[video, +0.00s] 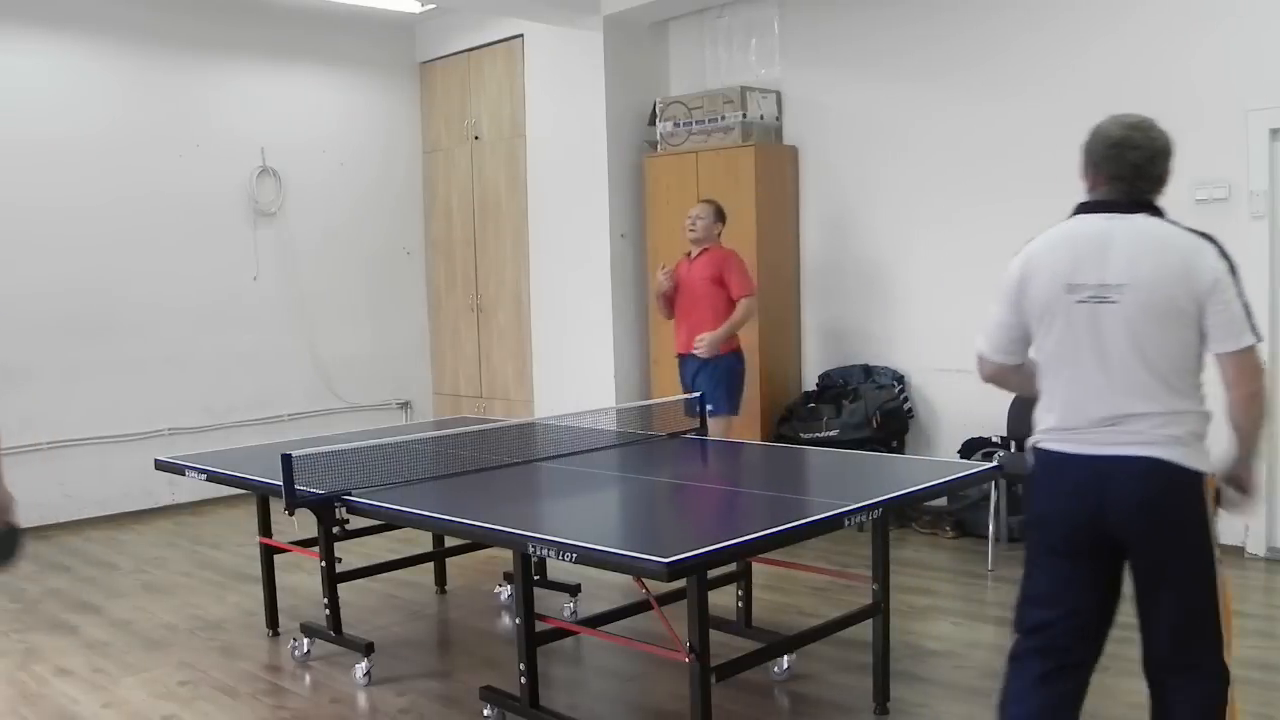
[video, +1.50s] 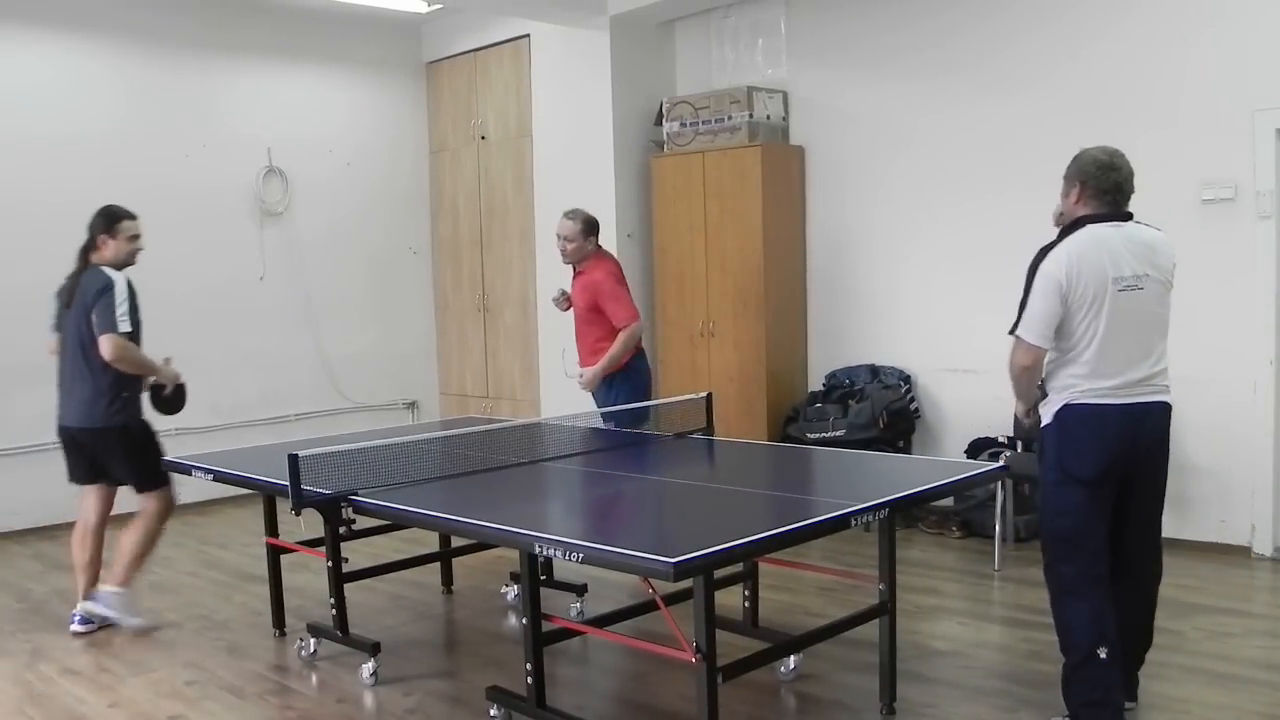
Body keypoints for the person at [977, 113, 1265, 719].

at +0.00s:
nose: (1083, 175)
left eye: (1086, 167)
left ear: (1087, 173)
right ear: (1161, 178)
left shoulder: (1040, 253)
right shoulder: (1198, 255)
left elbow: (996, 365)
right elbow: (1245, 380)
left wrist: (1064, 384)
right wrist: (1242, 461)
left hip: (1063, 481)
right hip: (1163, 486)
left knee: (1046, 653)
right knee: (1186, 665)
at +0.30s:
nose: (1124, 173)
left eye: (1126, 165)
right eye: (1129, 165)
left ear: (1136, 169)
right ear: (1206, 178)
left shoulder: (1083, 241)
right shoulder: (1245, 248)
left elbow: (1032, 348)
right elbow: (1276, 348)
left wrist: (1077, 393)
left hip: (1098, 457)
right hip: (1199, 459)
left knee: (1085, 619)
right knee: (1198, 629)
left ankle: (1076, 714)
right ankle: (1195, 719)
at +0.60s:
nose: (1098, 185)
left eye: (1100, 177)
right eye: (1100, 177)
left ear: (1109, 183)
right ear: (1172, 187)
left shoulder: (1068, 257)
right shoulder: (1215, 252)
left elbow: (1031, 369)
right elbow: (1250, 359)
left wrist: (1042, 442)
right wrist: (1264, 448)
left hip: (1100, 455)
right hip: (1193, 452)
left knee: (1097, 600)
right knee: (1195, 611)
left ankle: (1089, 710)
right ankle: (1197, 715)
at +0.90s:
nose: (1051, 195)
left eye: (1053, 186)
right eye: (1053, 186)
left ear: (1065, 189)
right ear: (1122, 189)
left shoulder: (1037, 261)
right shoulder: (1173, 242)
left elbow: (1007, 367)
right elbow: (1216, 333)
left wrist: (1005, 456)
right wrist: (1178, 387)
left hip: (1078, 440)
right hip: (1164, 437)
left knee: (1085, 586)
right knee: (1176, 582)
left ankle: (1092, 710)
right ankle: (1187, 711)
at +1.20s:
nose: (1044, 196)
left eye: (1047, 187)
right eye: (1047, 186)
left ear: (1060, 190)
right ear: (1111, 190)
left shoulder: (1040, 257)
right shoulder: (1158, 243)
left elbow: (1011, 366)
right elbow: (1152, 323)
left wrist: (1023, 418)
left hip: (1078, 426)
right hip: (1155, 424)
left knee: (1082, 572)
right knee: (1156, 559)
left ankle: (1094, 706)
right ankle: (1145, 687)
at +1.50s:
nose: (1060, 202)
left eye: (1064, 192)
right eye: (1063, 191)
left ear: (1079, 193)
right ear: (1123, 196)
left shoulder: (1063, 255)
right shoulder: (1161, 247)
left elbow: (1026, 359)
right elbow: (1139, 327)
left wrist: (1027, 407)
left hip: (1080, 425)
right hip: (1150, 423)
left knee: (1075, 566)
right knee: (1137, 554)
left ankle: (1094, 706)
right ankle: (1123, 682)